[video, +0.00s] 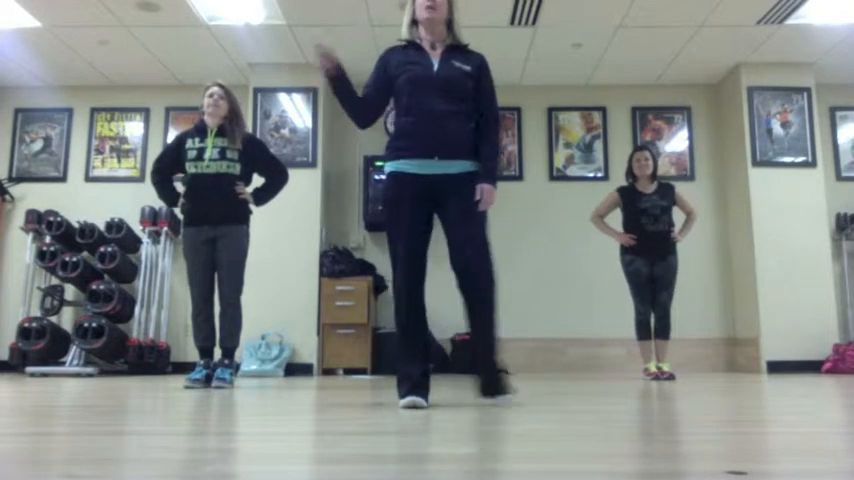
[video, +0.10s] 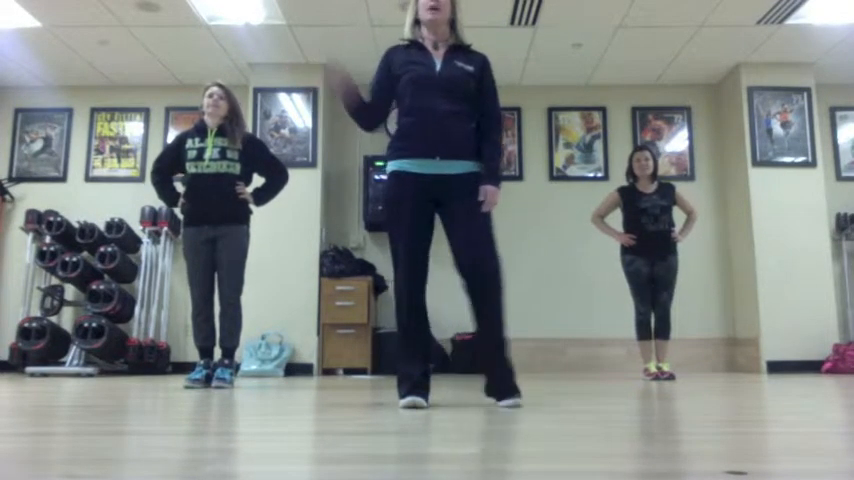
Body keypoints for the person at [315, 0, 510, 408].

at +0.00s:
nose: (429, 2)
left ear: (449, 8)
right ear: (412, 9)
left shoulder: (472, 61)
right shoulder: (395, 58)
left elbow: (489, 123)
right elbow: (364, 115)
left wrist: (488, 177)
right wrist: (336, 77)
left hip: (459, 180)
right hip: (405, 180)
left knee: (478, 278)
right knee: (407, 284)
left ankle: (489, 376)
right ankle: (413, 387)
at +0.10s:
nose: (433, 3)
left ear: (452, 7)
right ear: (416, 9)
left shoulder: (475, 61)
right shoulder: (398, 57)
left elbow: (491, 124)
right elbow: (371, 118)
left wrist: (491, 178)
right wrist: (346, 91)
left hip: (462, 182)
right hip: (408, 180)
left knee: (485, 278)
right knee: (409, 284)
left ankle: (500, 382)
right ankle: (413, 387)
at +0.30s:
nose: (450, 2)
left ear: (468, 8)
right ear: (432, 9)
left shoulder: (489, 65)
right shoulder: (414, 56)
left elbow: (506, 129)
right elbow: (394, 123)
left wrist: (541, 165)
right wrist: (364, 132)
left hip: (474, 181)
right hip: (421, 178)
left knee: (514, 268)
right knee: (415, 282)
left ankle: (517, 380)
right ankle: (413, 387)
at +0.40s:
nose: (474, 14)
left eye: (480, 9)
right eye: (466, 9)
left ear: (488, 13)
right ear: (454, 13)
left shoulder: (505, 64)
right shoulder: (434, 50)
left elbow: (535, 124)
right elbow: (405, 106)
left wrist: (588, 145)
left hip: (489, 182)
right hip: (437, 179)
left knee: (523, 277)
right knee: (426, 285)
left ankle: (554, 380)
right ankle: (414, 388)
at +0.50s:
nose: (489, 18)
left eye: (494, 12)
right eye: (480, 12)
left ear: (501, 15)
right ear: (466, 15)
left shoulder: (514, 65)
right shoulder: (448, 48)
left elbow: (552, 127)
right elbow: (426, 102)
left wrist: (616, 138)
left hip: (498, 184)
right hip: (449, 180)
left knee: (527, 282)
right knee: (432, 284)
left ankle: (560, 385)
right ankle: (414, 389)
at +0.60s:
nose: (519, 8)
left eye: (522, 4)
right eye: (512, 3)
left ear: (527, 14)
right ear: (495, 12)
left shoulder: (536, 71)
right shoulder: (478, 53)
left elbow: (571, 132)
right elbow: (451, 113)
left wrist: (637, 136)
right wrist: (438, 155)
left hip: (523, 188)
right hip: (478, 183)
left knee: (550, 281)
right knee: (460, 281)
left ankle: (562, 388)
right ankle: (417, 385)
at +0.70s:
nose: (515, 21)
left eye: (523, 14)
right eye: (510, 15)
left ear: (537, 18)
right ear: (503, 18)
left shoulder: (549, 71)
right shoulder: (488, 52)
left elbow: (575, 135)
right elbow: (447, 113)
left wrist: (639, 137)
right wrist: (462, 98)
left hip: (529, 186)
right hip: (486, 180)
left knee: (553, 280)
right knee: (485, 270)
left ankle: (562, 388)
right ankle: (425, 369)